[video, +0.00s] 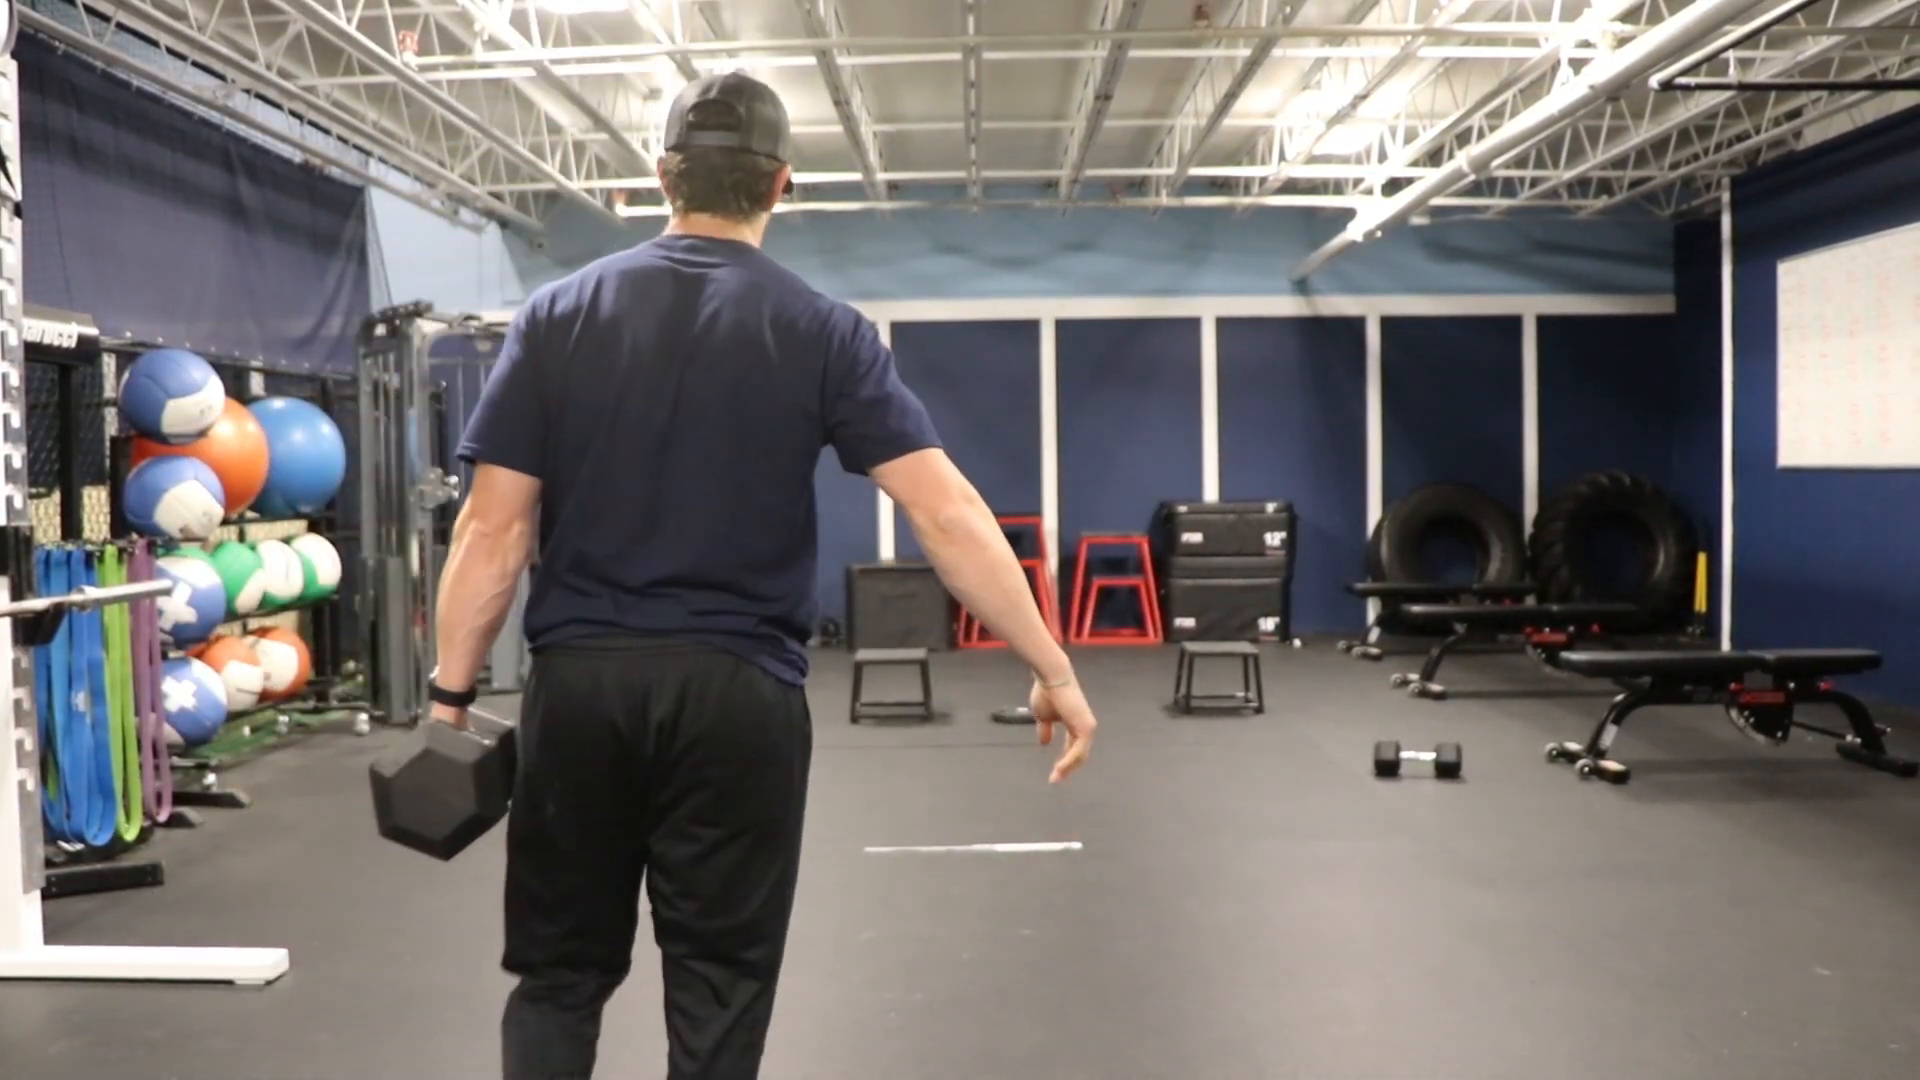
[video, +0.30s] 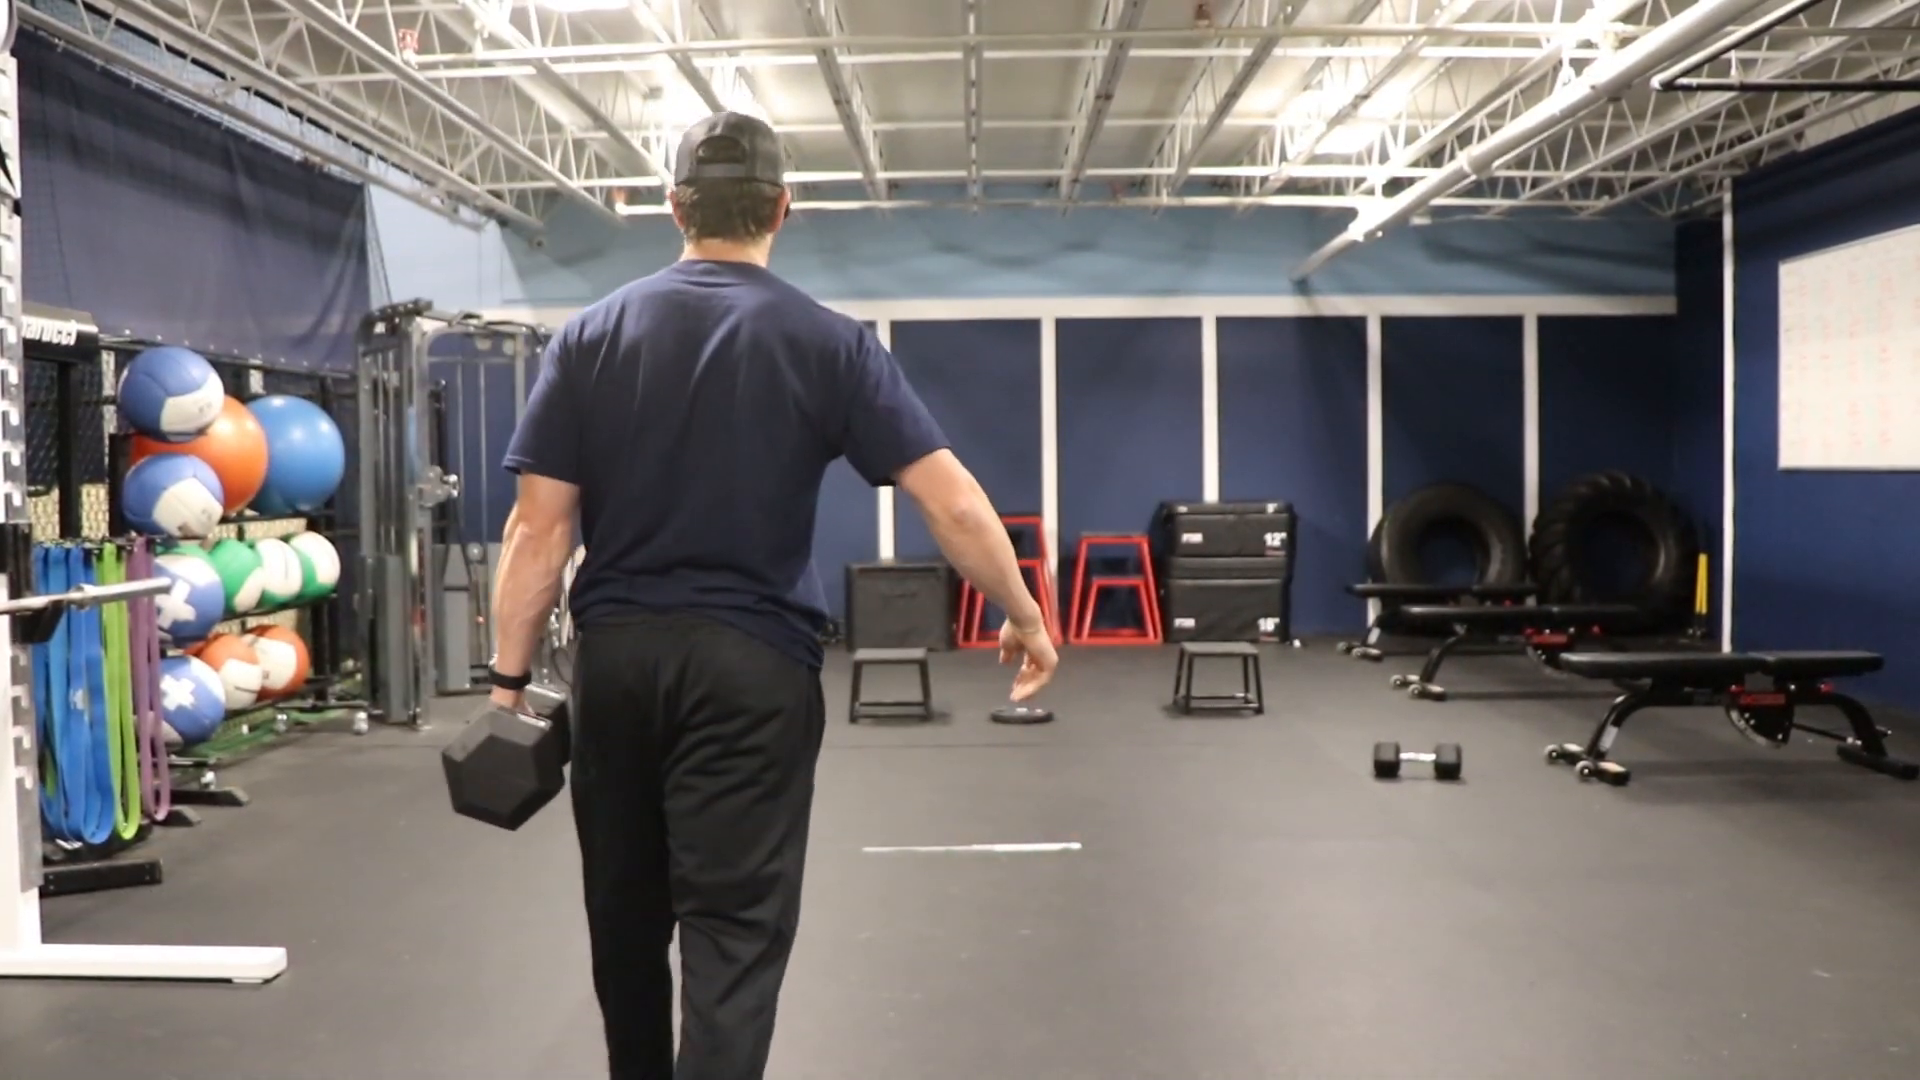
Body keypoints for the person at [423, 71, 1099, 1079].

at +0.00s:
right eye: (779, 171)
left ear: (660, 178)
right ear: (779, 187)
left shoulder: (557, 315)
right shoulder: (821, 329)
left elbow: (496, 520)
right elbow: (943, 507)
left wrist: (446, 700)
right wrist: (1051, 664)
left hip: (579, 689)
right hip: (740, 694)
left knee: (555, 980)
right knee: (720, 996)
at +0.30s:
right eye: (778, 195)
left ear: (673, 209)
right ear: (783, 209)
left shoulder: (591, 336)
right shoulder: (826, 343)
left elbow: (538, 527)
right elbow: (954, 503)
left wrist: (507, 684)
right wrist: (1025, 615)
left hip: (615, 656)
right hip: (754, 663)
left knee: (625, 926)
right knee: (734, 932)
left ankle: (643, 1071)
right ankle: (713, 1075)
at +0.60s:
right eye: (755, 222)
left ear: (660, 229)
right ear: (754, 230)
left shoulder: (594, 349)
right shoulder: (797, 339)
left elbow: (552, 530)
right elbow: (916, 461)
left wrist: (529, 656)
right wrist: (1026, 569)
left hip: (632, 642)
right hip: (758, 643)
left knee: (649, 874)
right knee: (781, 867)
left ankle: (662, 1067)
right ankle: (726, 1066)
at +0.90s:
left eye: (677, 232)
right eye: (756, 236)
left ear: (667, 241)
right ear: (757, 243)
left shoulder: (602, 352)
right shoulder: (799, 346)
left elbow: (557, 521)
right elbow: (907, 463)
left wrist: (534, 643)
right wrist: (1015, 570)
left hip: (641, 631)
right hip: (764, 633)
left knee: (639, 865)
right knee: (767, 850)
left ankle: (641, 1069)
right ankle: (770, 1042)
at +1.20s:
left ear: (702, 258)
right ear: (788, 262)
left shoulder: (636, 356)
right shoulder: (821, 364)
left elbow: (587, 508)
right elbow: (917, 487)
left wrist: (549, 631)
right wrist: (1007, 589)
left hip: (652, 623)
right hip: (768, 630)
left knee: (631, 843)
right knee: (744, 841)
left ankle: (612, 1037)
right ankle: (714, 1046)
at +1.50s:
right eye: (784, 253)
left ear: (705, 259)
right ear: (786, 263)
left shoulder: (641, 354)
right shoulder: (820, 362)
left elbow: (599, 497)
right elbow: (912, 475)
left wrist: (568, 611)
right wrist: (994, 569)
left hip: (652, 606)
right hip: (759, 612)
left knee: (646, 810)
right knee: (738, 823)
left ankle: (639, 1009)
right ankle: (707, 1044)